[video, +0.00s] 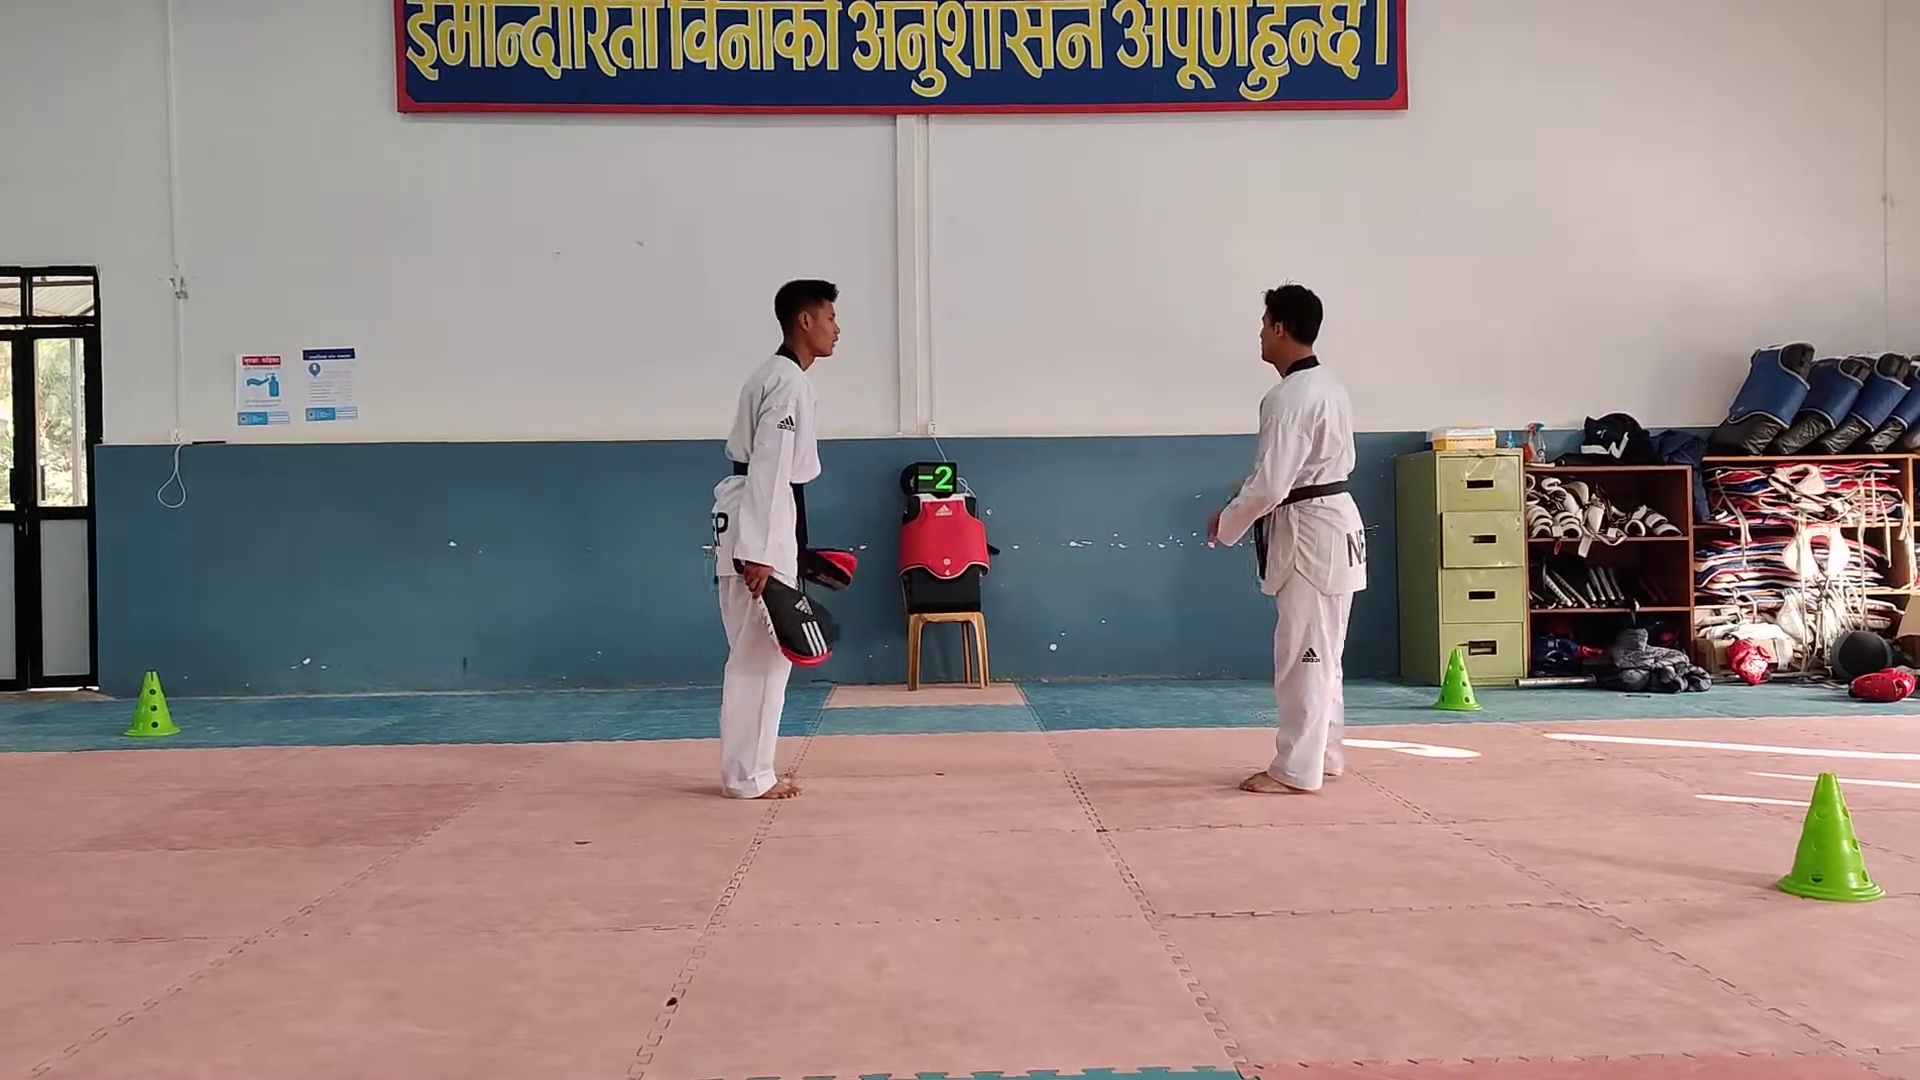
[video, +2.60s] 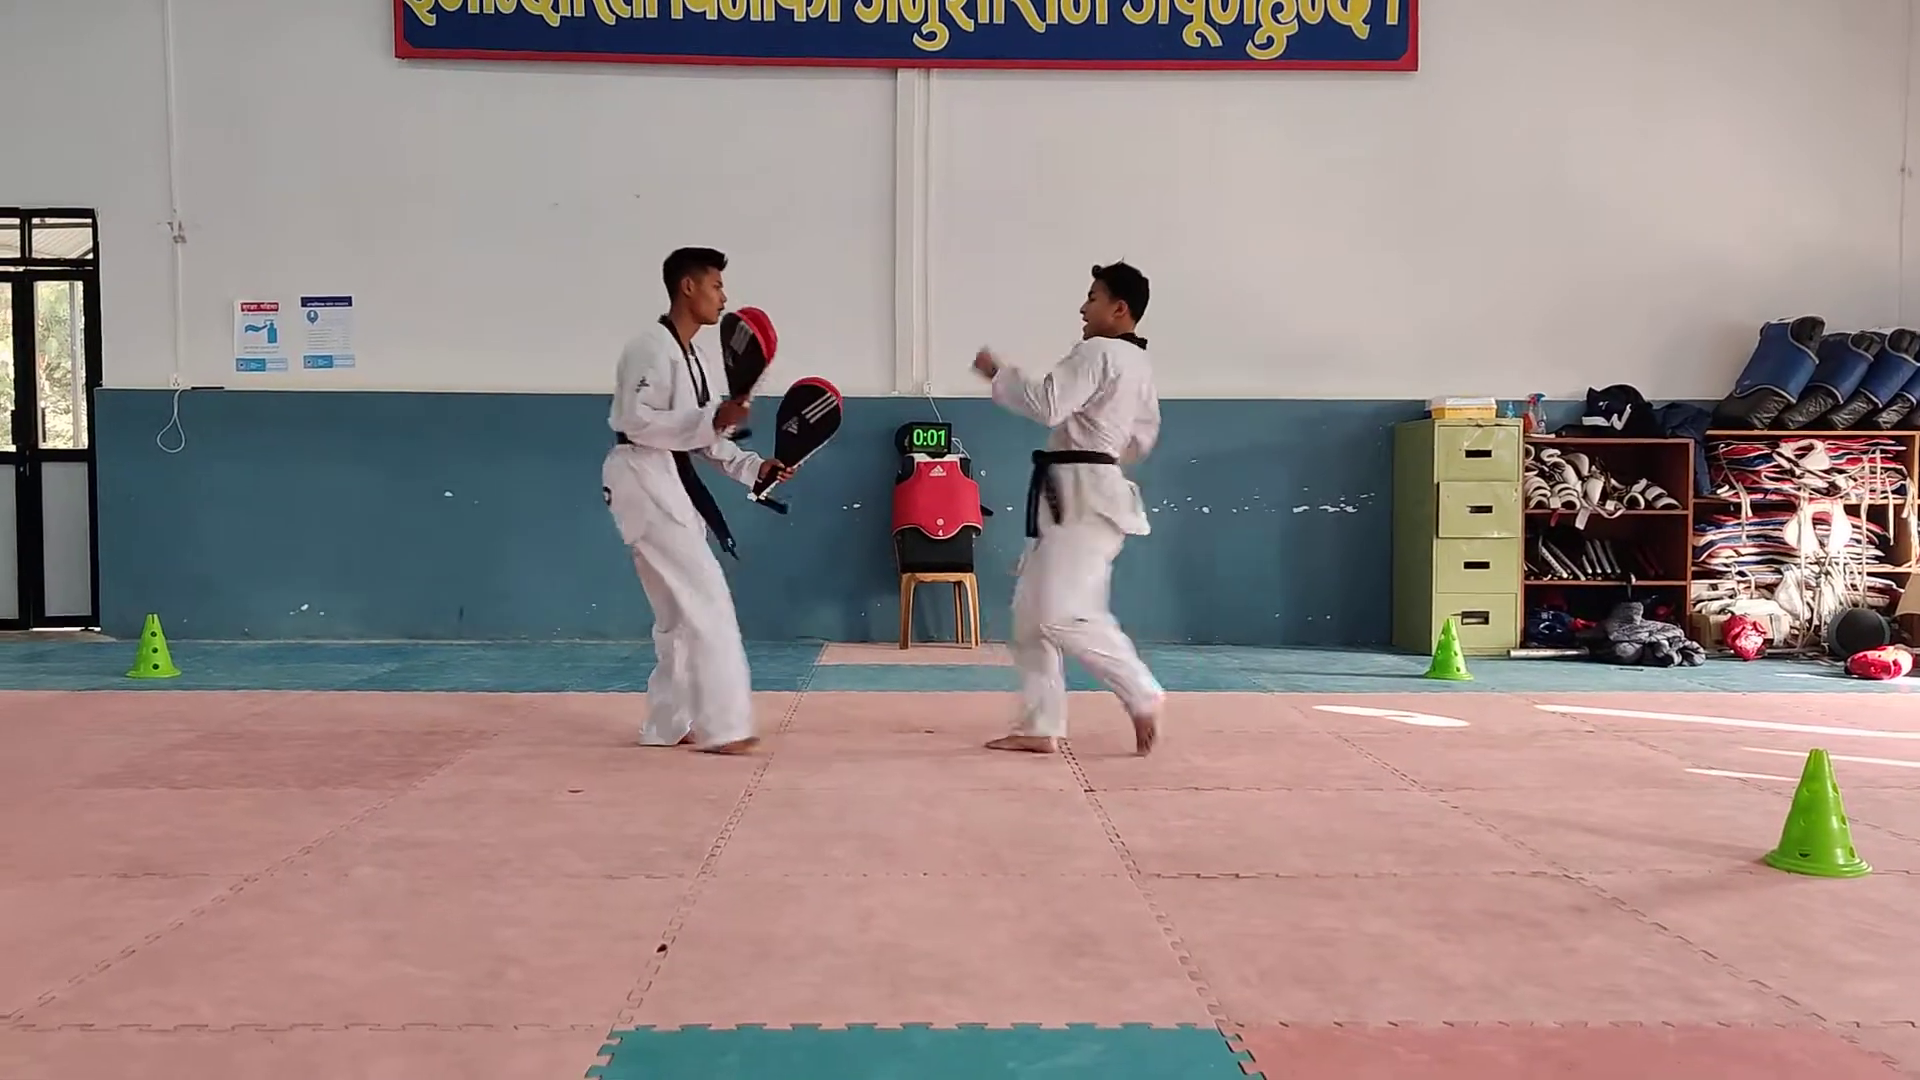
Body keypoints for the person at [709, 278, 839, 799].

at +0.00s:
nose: (837, 328)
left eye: (835, 318)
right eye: (830, 317)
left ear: (801, 323)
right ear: (805, 321)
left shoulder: (774, 377)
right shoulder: (788, 383)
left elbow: (771, 476)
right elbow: (767, 475)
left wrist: (796, 552)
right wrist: (758, 550)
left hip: (752, 524)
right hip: (760, 529)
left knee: (758, 653)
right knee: (766, 654)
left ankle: (749, 771)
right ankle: (749, 776)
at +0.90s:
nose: (776, 296)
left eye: (772, 286)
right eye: (767, 288)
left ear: (737, 301)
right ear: (743, 298)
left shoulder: (709, 363)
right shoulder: (765, 354)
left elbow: (714, 454)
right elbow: (772, 444)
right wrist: (779, 517)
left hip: (719, 505)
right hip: (759, 502)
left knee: (730, 629)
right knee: (794, 628)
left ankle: (722, 750)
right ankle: (805, 757)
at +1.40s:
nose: (814, 298)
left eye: (810, 287)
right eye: (806, 288)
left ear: (771, 298)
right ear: (780, 295)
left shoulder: (726, 357)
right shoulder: (801, 356)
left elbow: (698, 433)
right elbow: (818, 447)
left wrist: (729, 487)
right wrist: (844, 525)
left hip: (729, 494)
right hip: (779, 491)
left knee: (724, 627)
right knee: (794, 627)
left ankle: (708, 748)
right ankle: (802, 757)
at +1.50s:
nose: (825, 302)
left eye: (823, 292)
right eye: (818, 293)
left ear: (782, 300)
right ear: (793, 298)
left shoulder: (734, 353)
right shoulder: (807, 358)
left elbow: (700, 425)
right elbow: (838, 448)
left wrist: (727, 473)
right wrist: (892, 508)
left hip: (726, 487)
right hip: (773, 487)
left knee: (723, 624)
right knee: (789, 622)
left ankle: (706, 749)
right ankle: (798, 758)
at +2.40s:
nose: (779, 318)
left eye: (778, 308)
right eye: (772, 308)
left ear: (737, 314)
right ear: (744, 311)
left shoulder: (691, 370)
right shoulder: (741, 371)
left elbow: (709, 457)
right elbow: (765, 448)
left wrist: (768, 468)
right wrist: (841, 447)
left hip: (677, 502)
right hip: (717, 504)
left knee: (702, 626)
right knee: (772, 620)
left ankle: (648, 735)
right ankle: (807, 749)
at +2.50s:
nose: (749, 309)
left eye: (748, 299)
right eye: (741, 299)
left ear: (716, 304)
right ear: (711, 301)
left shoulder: (699, 363)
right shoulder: (692, 358)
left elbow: (710, 450)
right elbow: (685, 435)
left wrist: (764, 478)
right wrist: (759, 434)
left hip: (659, 489)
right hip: (679, 487)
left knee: (692, 619)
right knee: (751, 603)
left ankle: (653, 733)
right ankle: (811, 737)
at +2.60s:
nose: (724, 295)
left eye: (723, 286)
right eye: (715, 286)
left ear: (695, 290)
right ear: (686, 288)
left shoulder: (703, 353)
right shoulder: (648, 348)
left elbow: (705, 438)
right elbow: (634, 422)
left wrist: (756, 468)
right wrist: (711, 419)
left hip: (665, 475)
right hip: (640, 475)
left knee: (675, 604)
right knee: (708, 591)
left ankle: (666, 722)